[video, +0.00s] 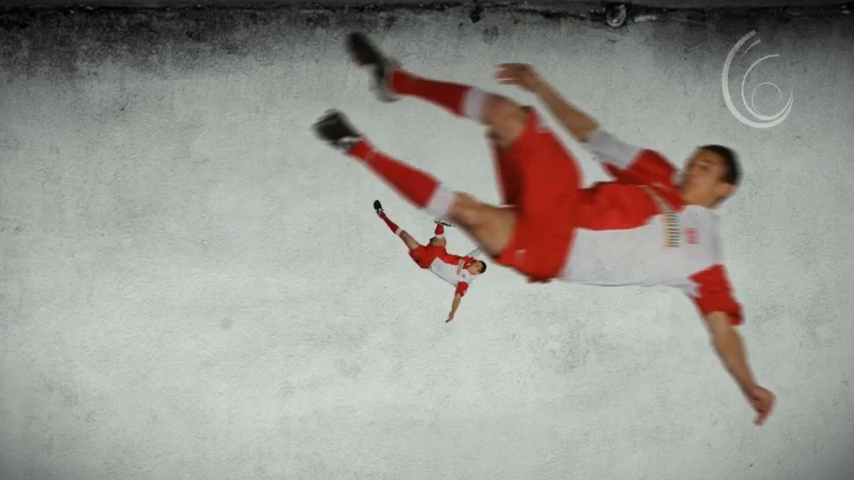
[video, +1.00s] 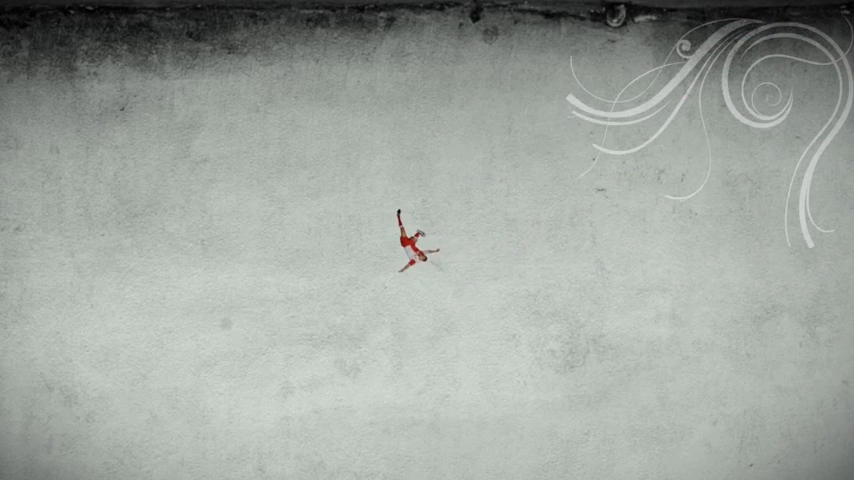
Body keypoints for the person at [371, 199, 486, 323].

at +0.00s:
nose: (474, 268)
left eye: (478, 269)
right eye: (476, 265)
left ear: (477, 274)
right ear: (473, 263)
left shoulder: (464, 282)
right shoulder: (467, 260)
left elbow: (458, 298)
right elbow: (478, 250)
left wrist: (452, 313)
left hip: (425, 261)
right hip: (437, 253)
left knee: (404, 235)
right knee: (440, 239)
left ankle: (382, 215)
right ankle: (440, 224)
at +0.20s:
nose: (461, 267)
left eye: (464, 270)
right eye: (464, 266)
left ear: (463, 274)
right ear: (462, 265)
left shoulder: (452, 280)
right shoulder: (458, 261)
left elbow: (445, 294)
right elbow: (469, 253)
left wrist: (438, 306)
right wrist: (481, 246)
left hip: (420, 258)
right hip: (432, 252)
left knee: (403, 234)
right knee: (434, 241)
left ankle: (386, 215)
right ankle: (436, 228)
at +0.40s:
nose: (449, 268)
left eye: (451, 270)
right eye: (451, 267)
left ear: (450, 274)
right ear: (450, 264)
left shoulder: (439, 278)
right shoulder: (446, 262)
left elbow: (432, 289)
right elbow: (457, 256)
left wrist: (426, 299)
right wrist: (468, 251)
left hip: (415, 256)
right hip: (425, 252)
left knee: (403, 233)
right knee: (428, 242)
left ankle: (389, 214)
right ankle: (431, 231)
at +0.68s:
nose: (435, 265)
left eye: (436, 267)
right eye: (436, 264)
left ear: (435, 269)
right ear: (436, 262)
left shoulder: (426, 271)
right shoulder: (432, 259)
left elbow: (419, 279)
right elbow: (442, 256)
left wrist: (412, 286)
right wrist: (452, 253)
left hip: (409, 250)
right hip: (417, 249)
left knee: (402, 231)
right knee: (421, 242)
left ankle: (394, 215)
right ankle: (425, 233)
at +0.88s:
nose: (426, 260)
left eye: (427, 262)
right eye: (427, 260)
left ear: (425, 263)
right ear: (427, 258)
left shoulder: (418, 265)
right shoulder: (424, 255)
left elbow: (411, 271)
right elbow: (433, 253)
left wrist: (405, 276)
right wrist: (440, 253)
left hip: (406, 246)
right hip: (413, 246)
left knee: (402, 230)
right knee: (416, 241)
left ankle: (397, 216)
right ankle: (421, 234)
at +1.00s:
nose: (421, 256)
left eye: (422, 258)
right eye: (423, 256)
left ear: (421, 259)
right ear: (423, 255)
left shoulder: (413, 260)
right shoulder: (419, 253)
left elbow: (407, 266)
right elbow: (427, 251)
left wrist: (402, 270)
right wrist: (435, 251)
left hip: (404, 243)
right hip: (411, 244)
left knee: (402, 229)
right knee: (413, 240)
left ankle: (398, 216)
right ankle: (418, 233)